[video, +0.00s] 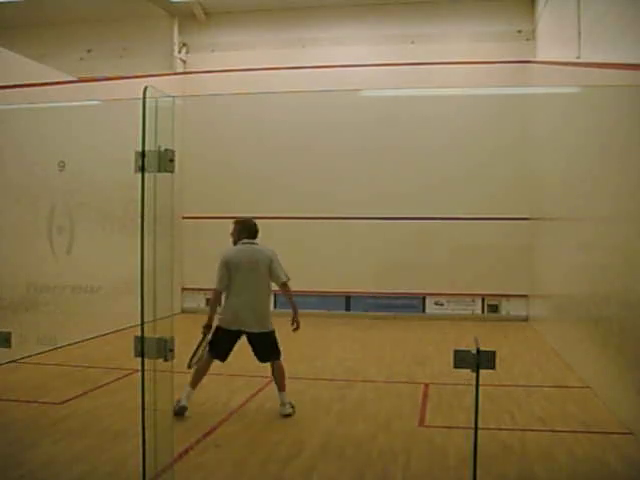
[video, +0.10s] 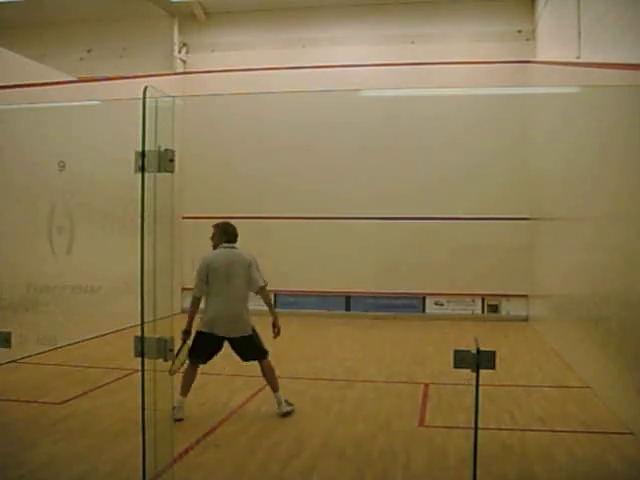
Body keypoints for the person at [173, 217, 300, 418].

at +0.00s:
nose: (230, 235)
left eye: (233, 231)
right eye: (232, 231)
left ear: (240, 234)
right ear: (254, 235)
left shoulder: (229, 256)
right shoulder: (268, 255)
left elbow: (217, 292)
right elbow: (284, 285)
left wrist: (209, 321)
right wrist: (294, 311)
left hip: (230, 319)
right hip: (260, 320)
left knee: (208, 356)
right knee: (275, 360)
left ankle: (185, 398)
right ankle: (284, 403)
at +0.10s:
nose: (211, 239)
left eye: (213, 235)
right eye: (212, 235)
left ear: (220, 238)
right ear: (234, 239)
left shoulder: (208, 260)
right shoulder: (247, 260)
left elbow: (197, 297)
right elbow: (262, 290)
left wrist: (188, 326)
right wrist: (274, 317)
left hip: (211, 324)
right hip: (240, 324)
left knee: (193, 363)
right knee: (263, 359)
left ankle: (179, 405)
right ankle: (280, 401)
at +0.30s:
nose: (184, 233)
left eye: (187, 229)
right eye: (186, 229)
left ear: (194, 232)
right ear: (208, 232)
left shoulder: (183, 255)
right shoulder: (223, 252)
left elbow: (175, 292)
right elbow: (238, 280)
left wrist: (168, 321)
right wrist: (246, 309)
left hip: (192, 320)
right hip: (221, 319)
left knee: (183, 362)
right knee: (239, 356)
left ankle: (178, 406)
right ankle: (249, 403)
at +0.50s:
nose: (173, 231)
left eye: (176, 227)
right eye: (174, 227)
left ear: (184, 230)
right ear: (196, 231)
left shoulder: (173, 254)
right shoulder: (213, 250)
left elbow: (165, 292)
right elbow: (232, 278)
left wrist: (161, 322)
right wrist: (241, 308)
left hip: (182, 321)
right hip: (209, 320)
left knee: (178, 363)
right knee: (223, 357)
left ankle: (177, 406)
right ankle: (224, 401)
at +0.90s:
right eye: (204, 229)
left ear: (185, 232)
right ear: (204, 232)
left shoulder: (170, 253)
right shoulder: (207, 252)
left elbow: (158, 289)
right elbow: (229, 282)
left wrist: (161, 318)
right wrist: (237, 312)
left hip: (169, 317)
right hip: (196, 316)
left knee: (168, 361)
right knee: (218, 360)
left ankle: (152, 404)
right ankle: (224, 415)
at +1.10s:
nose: (181, 248)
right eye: (180, 245)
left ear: (161, 248)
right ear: (180, 248)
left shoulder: (147, 271)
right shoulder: (186, 269)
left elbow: (133, 309)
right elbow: (204, 297)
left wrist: (137, 335)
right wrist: (221, 328)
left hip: (151, 335)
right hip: (181, 333)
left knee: (147, 374)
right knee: (210, 376)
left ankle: (141, 421)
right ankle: (228, 428)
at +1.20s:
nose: (155, 237)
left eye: (153, 233)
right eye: (154, 234)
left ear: (133, 239)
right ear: (151, 238)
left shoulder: (120, 263)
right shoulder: (163, 261)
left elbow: (108, 299)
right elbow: (178, 288)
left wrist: (104, 328)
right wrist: (190, 318)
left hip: (128, 332)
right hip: (160, 332)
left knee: (126, 372)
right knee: (184, 373)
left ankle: (137, 419)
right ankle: (208, 415)